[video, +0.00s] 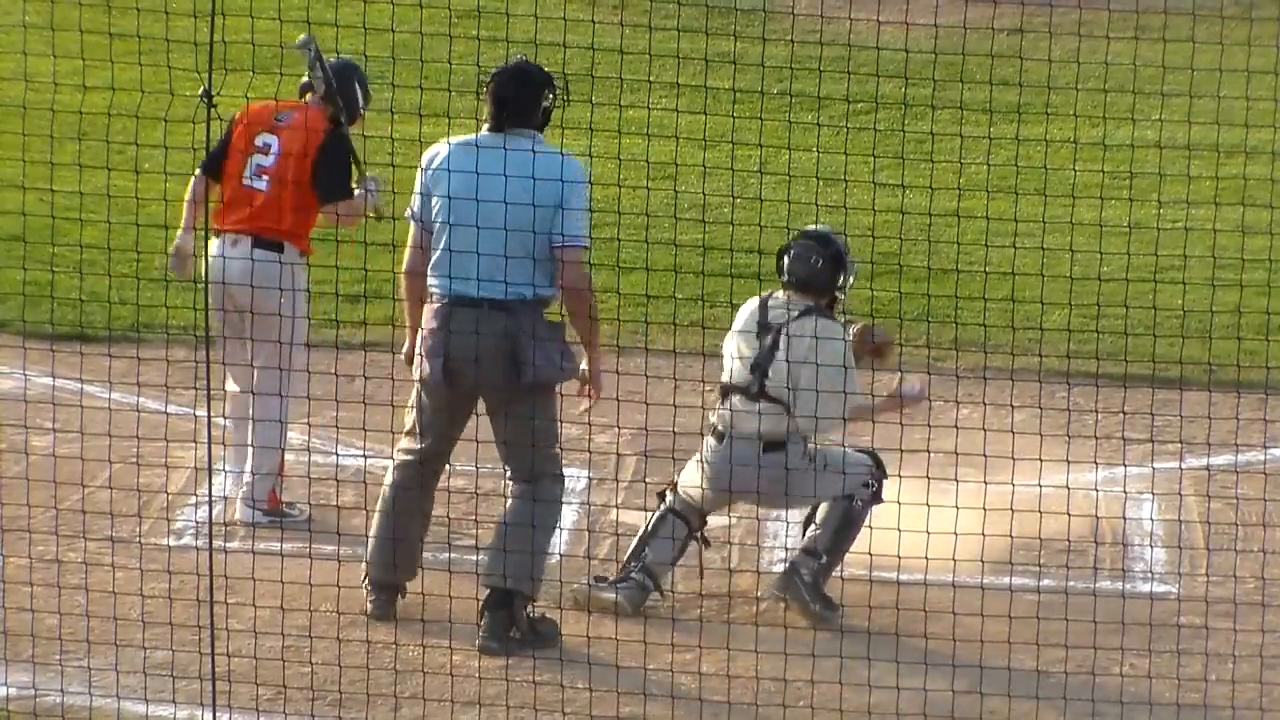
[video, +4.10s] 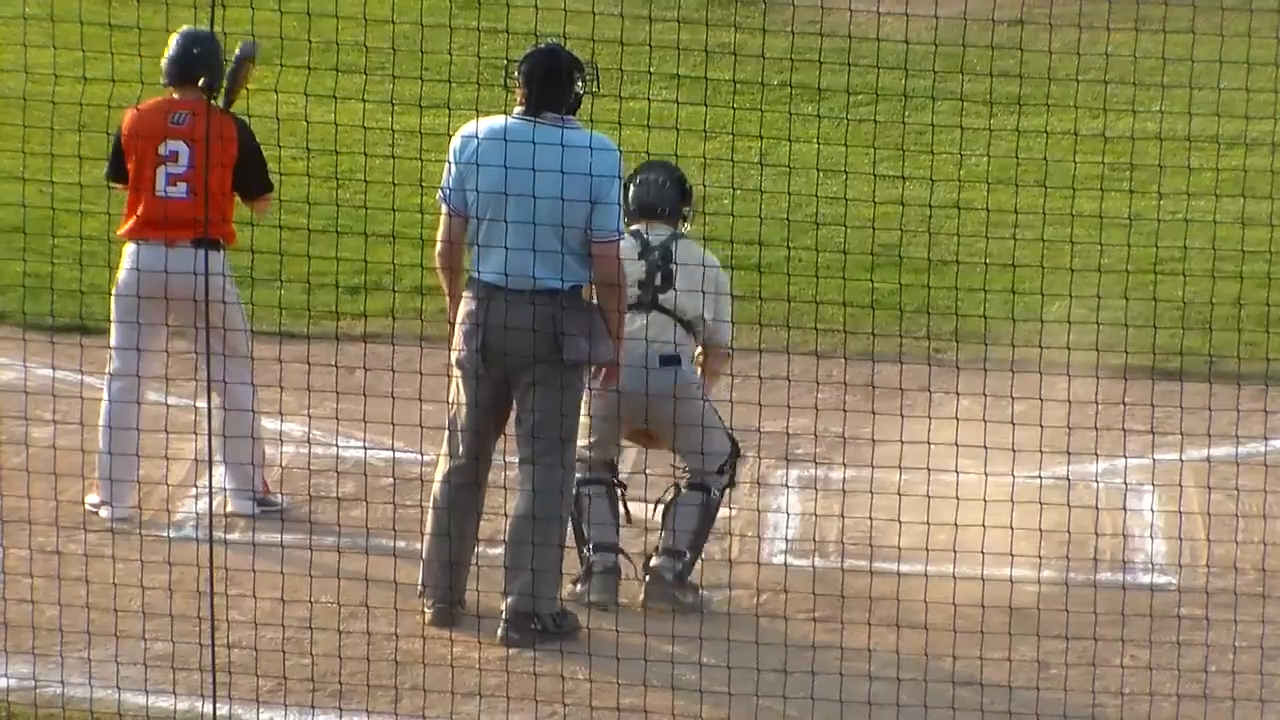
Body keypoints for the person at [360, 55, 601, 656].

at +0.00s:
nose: (550, 115)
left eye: (543, 106)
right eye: (548, 107)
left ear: (490, 107)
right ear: (543, 112)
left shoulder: (440, 158)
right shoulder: (564, 170)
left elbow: (415, 265)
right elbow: (573, 280)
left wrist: (412, 332)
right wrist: (592, 352)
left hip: (446, 333)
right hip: (519, 338)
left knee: (419, 455)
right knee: (538, 478)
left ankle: (382, 587)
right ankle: (503, 611)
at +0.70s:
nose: (514, 91)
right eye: (514, 83)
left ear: (456, 86)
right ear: (511, 88)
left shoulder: (411, 138)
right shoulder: (540, 146)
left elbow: (394, 245)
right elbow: (552, 254)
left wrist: (417, 299)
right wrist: (551, 327)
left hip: (422, 317)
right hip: (498, 320)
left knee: (414, 464)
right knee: (515, 465)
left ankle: (403, 609)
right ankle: (505, 607)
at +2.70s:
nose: (565, 96)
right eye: (565, 89)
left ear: (502, 90)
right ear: (559, 93)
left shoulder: (459, 137)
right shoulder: (588, 148)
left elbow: (435, 242)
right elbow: (599, 256)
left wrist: (435, 317)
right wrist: (607, 335)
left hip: (473, 319)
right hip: (549, 324)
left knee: (457, 462)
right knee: (548, 467)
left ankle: (444, 599)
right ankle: (531, 610)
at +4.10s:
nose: (573, 100)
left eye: (521, 89)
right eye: (576, 92)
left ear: (519, 92)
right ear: (575, 95)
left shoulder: (474, 139)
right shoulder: (599, 153)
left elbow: (447, 250)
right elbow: (607, 262)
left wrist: (458, 311)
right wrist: (614, 339)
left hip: (484, 317)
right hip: (560, 323)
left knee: (463, 454)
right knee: (546, 464)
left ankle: (442, 594)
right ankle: (529, 610)